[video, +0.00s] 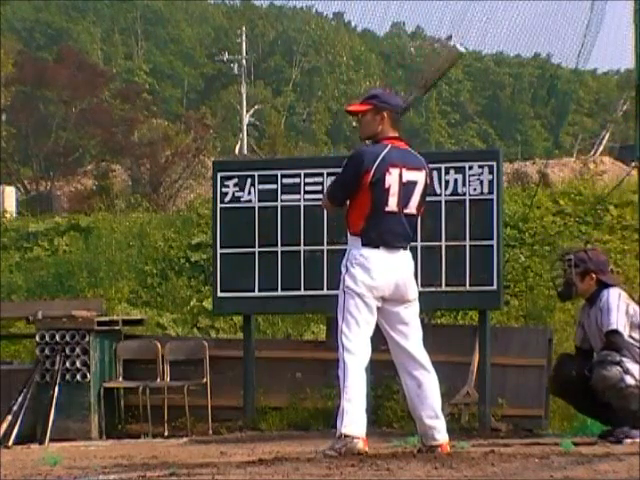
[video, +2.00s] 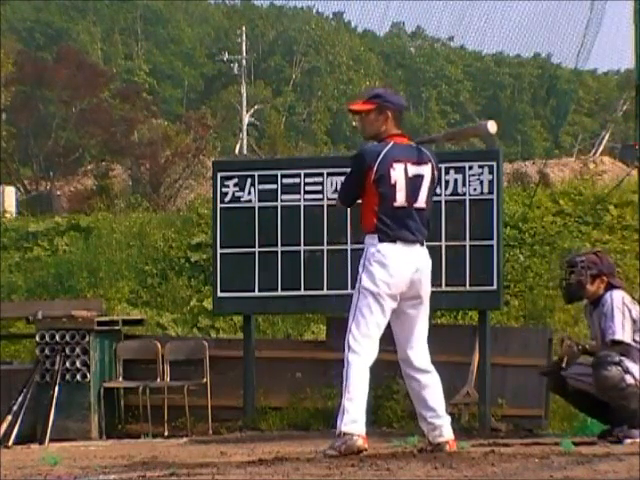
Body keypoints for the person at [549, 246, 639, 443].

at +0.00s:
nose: (566, 281)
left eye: (572, 276)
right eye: (566, 276)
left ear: (591, 278)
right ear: (589, 279)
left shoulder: (611, 297)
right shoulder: (586, 310)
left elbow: (616, 343)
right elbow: (583, 353)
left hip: (635, 371)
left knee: (605, 368)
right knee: (563, 372)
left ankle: (632, 426)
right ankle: (618, 424)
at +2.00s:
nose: (571, 282)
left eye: (579, 276)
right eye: (571, 275)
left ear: (601, 281)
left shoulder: (615, 299)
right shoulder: (591, 307)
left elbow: (622, 349)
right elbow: (603, 348)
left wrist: (582, 349)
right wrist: (566, 360)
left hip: (634, 371)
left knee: (606, 367)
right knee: (559, 378)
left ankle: (633, 425)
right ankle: (617, 423)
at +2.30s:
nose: (575, 281)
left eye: (583, 275)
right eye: (574, 275)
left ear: (604, 282)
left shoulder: (617, 300)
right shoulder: (592, 309)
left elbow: (622, 350)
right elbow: (603, 349)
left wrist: (583, 348)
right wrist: (563, 360)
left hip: (634, 373)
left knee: (607, 366)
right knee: (555, 376)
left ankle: (633, 425)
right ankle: (617, 423)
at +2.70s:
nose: (578, 283)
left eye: (585, 277)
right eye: (577, 277)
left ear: (606, 281)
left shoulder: (620, 299)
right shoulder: (593, 307)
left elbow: (625, 351)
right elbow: (596, 350)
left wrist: (584, 349)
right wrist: (562, 361)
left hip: (633, 372)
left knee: (605, 367)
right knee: (558, 378)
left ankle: (632, 426)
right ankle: (617, 424)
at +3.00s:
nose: (577, 279)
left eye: (584, 273)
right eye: (577, 274)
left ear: (607, 278)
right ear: (604, 279)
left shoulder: (621, 299)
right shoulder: (598, 307)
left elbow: (623, 351)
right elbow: (592, 346)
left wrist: (577, 353)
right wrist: (565, 343)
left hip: (635, 375)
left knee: (605, 367)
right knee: (557, 379)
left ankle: (634, 426)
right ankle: (619, 424)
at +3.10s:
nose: (577, 278)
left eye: (584, 272)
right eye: (577, 272)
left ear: (607, 278)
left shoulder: (622, 299)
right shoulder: (598, 307)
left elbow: (622, 351)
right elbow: (596, 350)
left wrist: (574, 350)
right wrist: (568, 343)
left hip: (635, 376)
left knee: (605, 369)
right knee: (558, 375)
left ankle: (634, 426)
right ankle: (618, 424)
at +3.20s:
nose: (577, 278)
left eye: (584, 271)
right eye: (577, 271)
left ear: (606, 277)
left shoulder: (622, 299)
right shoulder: (596, 309)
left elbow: (623, 351)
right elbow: (597, 353)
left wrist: (576, 348)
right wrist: (570, 347)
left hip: (635, 377)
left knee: (601, 369)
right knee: (558, 375)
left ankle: (633, 425)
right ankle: (618, 424)